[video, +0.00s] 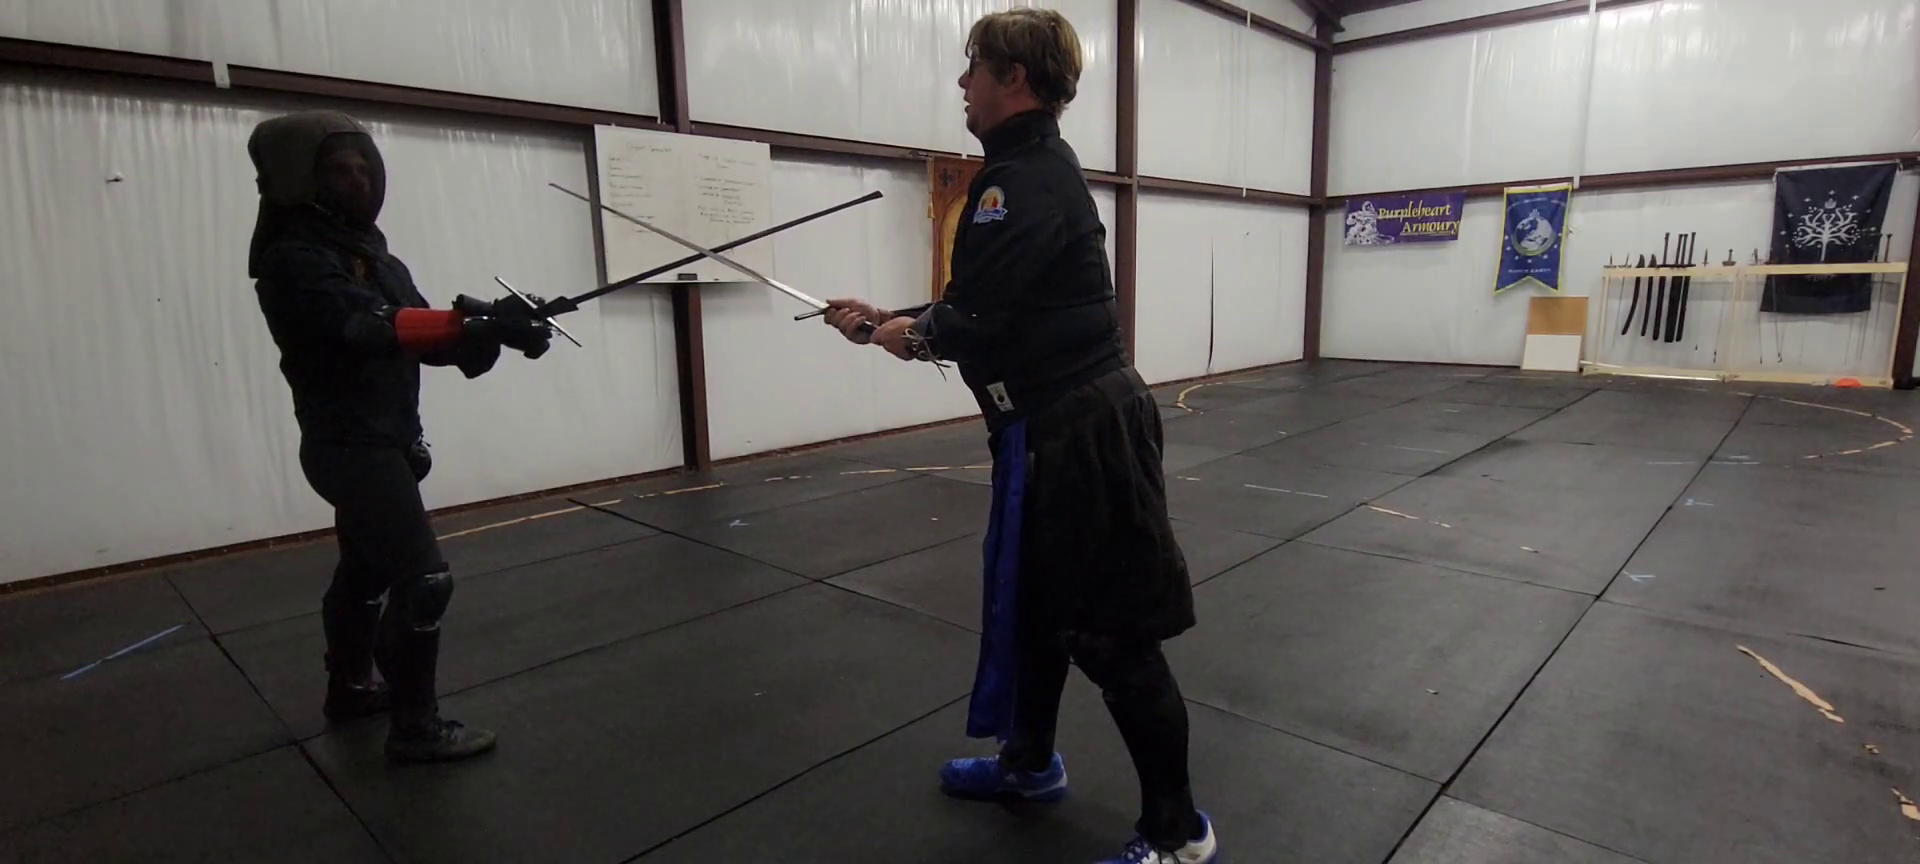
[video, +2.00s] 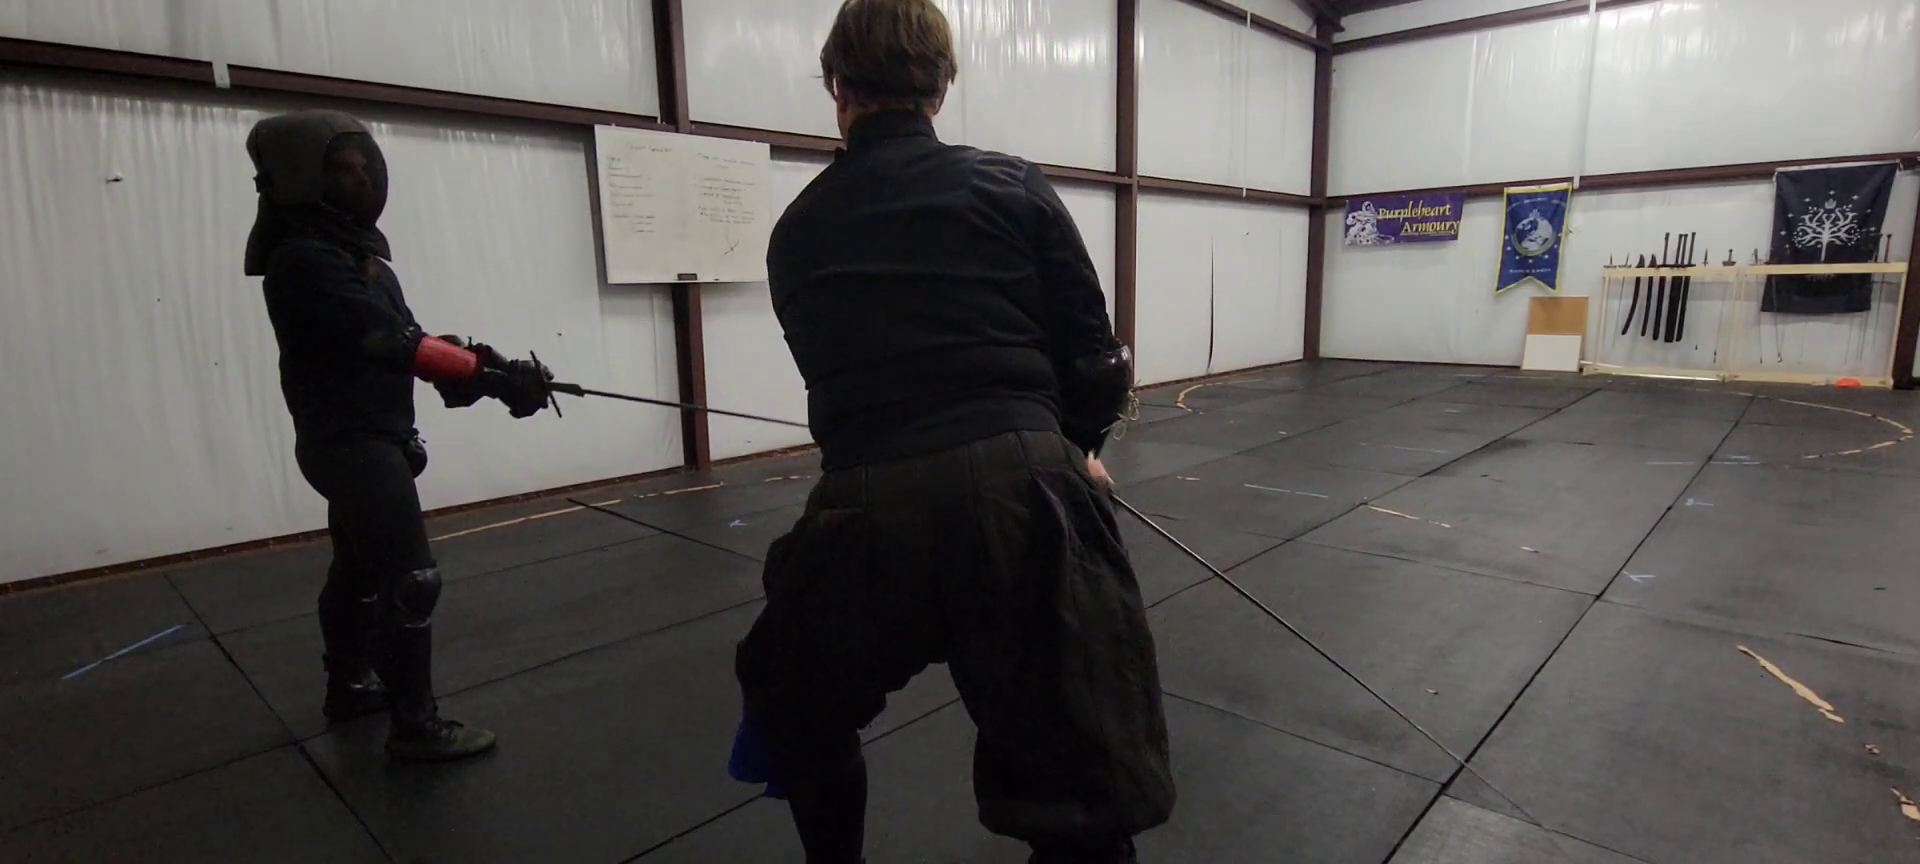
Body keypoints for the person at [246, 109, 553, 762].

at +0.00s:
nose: (357, 183)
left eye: (365, 170)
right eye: (340, 171)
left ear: (378, 178)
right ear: (308, 182)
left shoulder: (369, 250)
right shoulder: (293, 257)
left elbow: (411, 325)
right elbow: (360, 327)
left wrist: (476, 340)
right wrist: (472, 322)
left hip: (388, 443)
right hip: (352, 450)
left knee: (364, 572)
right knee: (422, 583)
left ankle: (350, 690)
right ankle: (416, 727)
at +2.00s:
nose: (368, 178)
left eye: (371, 165)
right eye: (350, 167)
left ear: (375, 172)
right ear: (311, 179)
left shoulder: (350, 246)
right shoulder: (304, 258)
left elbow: (393, 336)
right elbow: (381, 341)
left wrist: (466, 361)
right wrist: (493, 374)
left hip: (375, 441)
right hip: (352, 446)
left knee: (359, 571)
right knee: (409, 580)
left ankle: (349, 689)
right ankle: (416, 725)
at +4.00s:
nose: (355, 181)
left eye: (361, 169)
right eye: (339, 169)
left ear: (371, 179)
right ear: (308, 179)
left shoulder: (350, 245)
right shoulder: (292, 254)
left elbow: (393, 328)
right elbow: (364, 334)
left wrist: (466, 349)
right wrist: (478, 345)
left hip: (376, 439)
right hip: (343, 444)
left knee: (359, 569)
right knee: (392, 582)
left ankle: (349, 688)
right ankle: (411, 723)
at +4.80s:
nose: (362, 184)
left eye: (368, 171)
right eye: (345, 172)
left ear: (379, 179)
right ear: (314, 182)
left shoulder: (354, 246)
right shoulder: (304, 255)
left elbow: (391, 333)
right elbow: (359, 336)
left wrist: (433, 357)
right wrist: (433, 359)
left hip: (377, 438)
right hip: (349, 444)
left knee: (360, 569)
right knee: (394, 581)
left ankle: (349, 687)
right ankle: (408, 717)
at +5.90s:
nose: (432, 196)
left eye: (433, 183)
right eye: (422, 183)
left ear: (358, 189)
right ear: (389, 188)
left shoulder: (341, 256)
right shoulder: (374, 261)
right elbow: (423, 363)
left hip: (357, 443)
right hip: (382, 447)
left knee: (378, 568)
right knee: (447, 578)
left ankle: (350, 688)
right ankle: (441, 721)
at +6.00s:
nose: (448, 202)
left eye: (448, 187)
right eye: (440, 188)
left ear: (365, 190)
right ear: (411, 192)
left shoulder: (331, 264)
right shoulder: (399, 268)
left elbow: (333, 370)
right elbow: (447, 366)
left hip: (349, 443)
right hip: (393, 449)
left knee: (373, 571)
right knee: (462, 579)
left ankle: (350, 688)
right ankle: (442, 722)